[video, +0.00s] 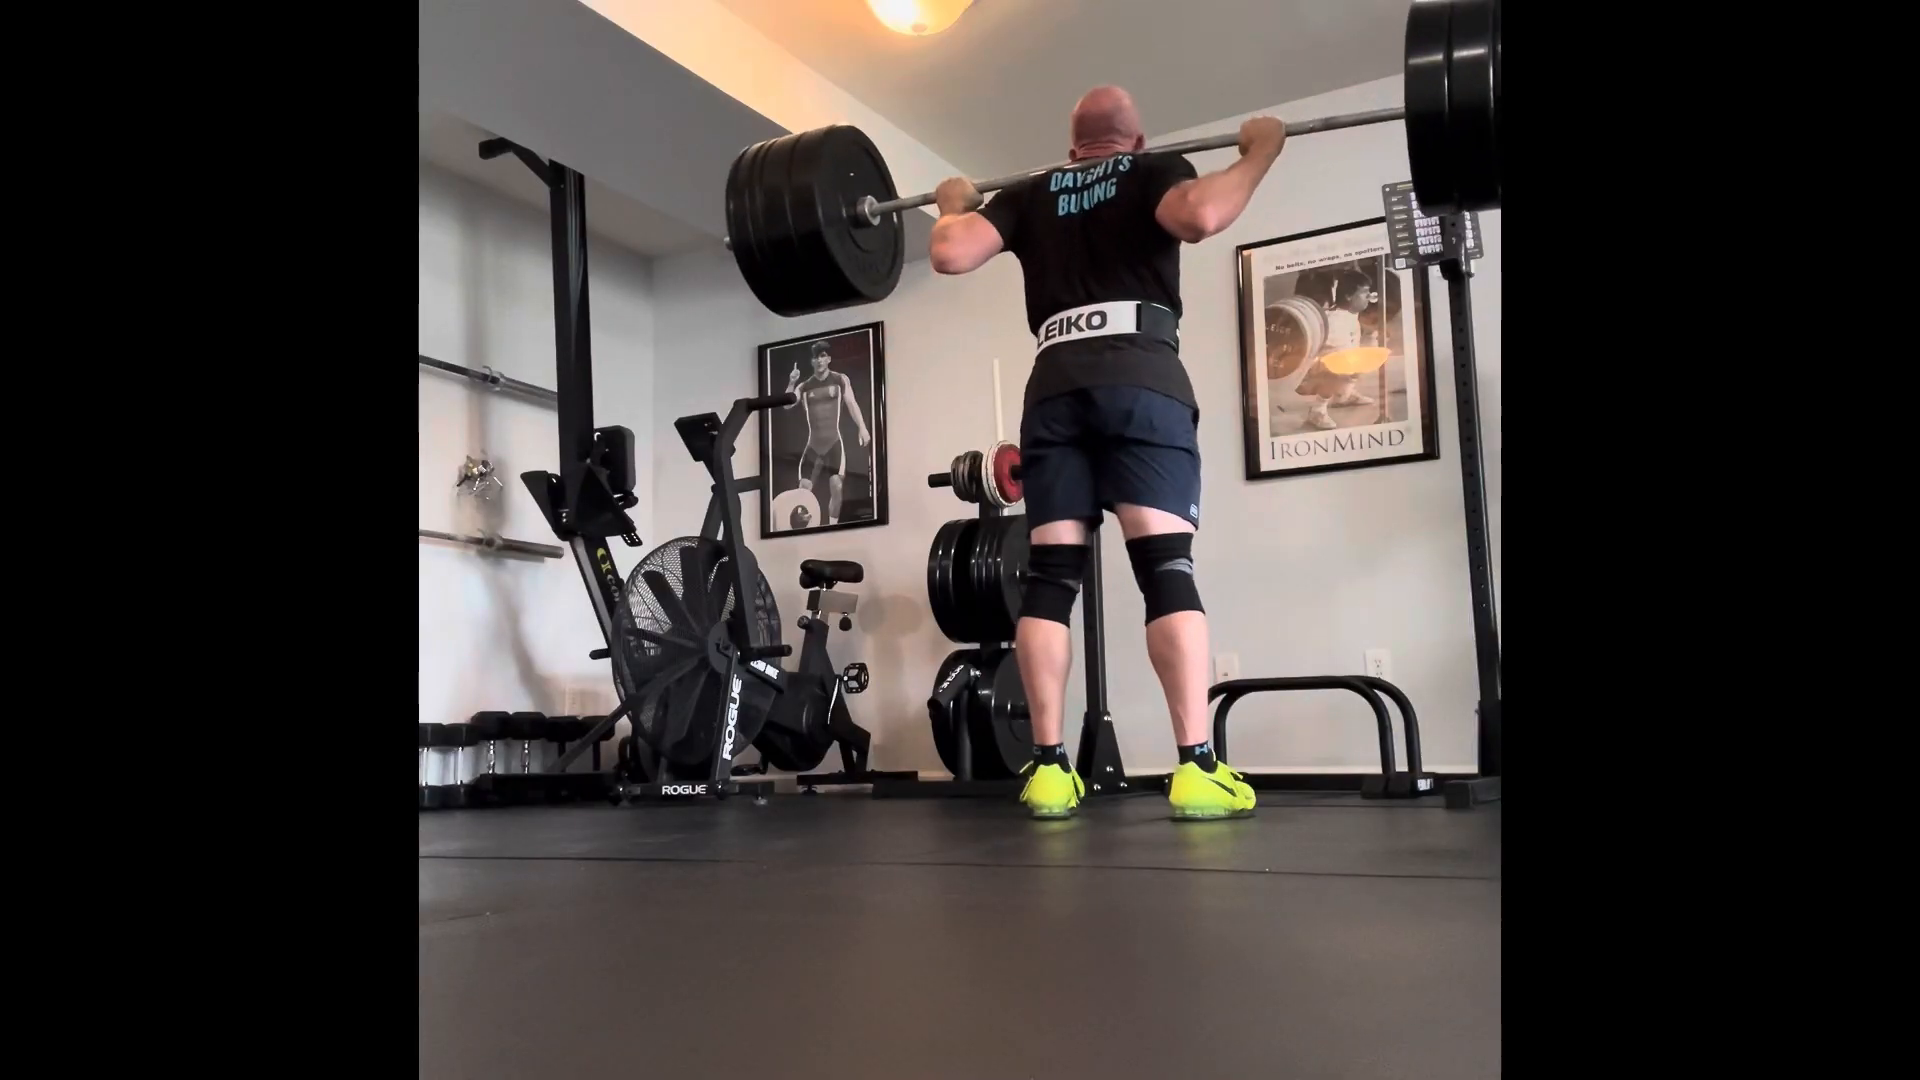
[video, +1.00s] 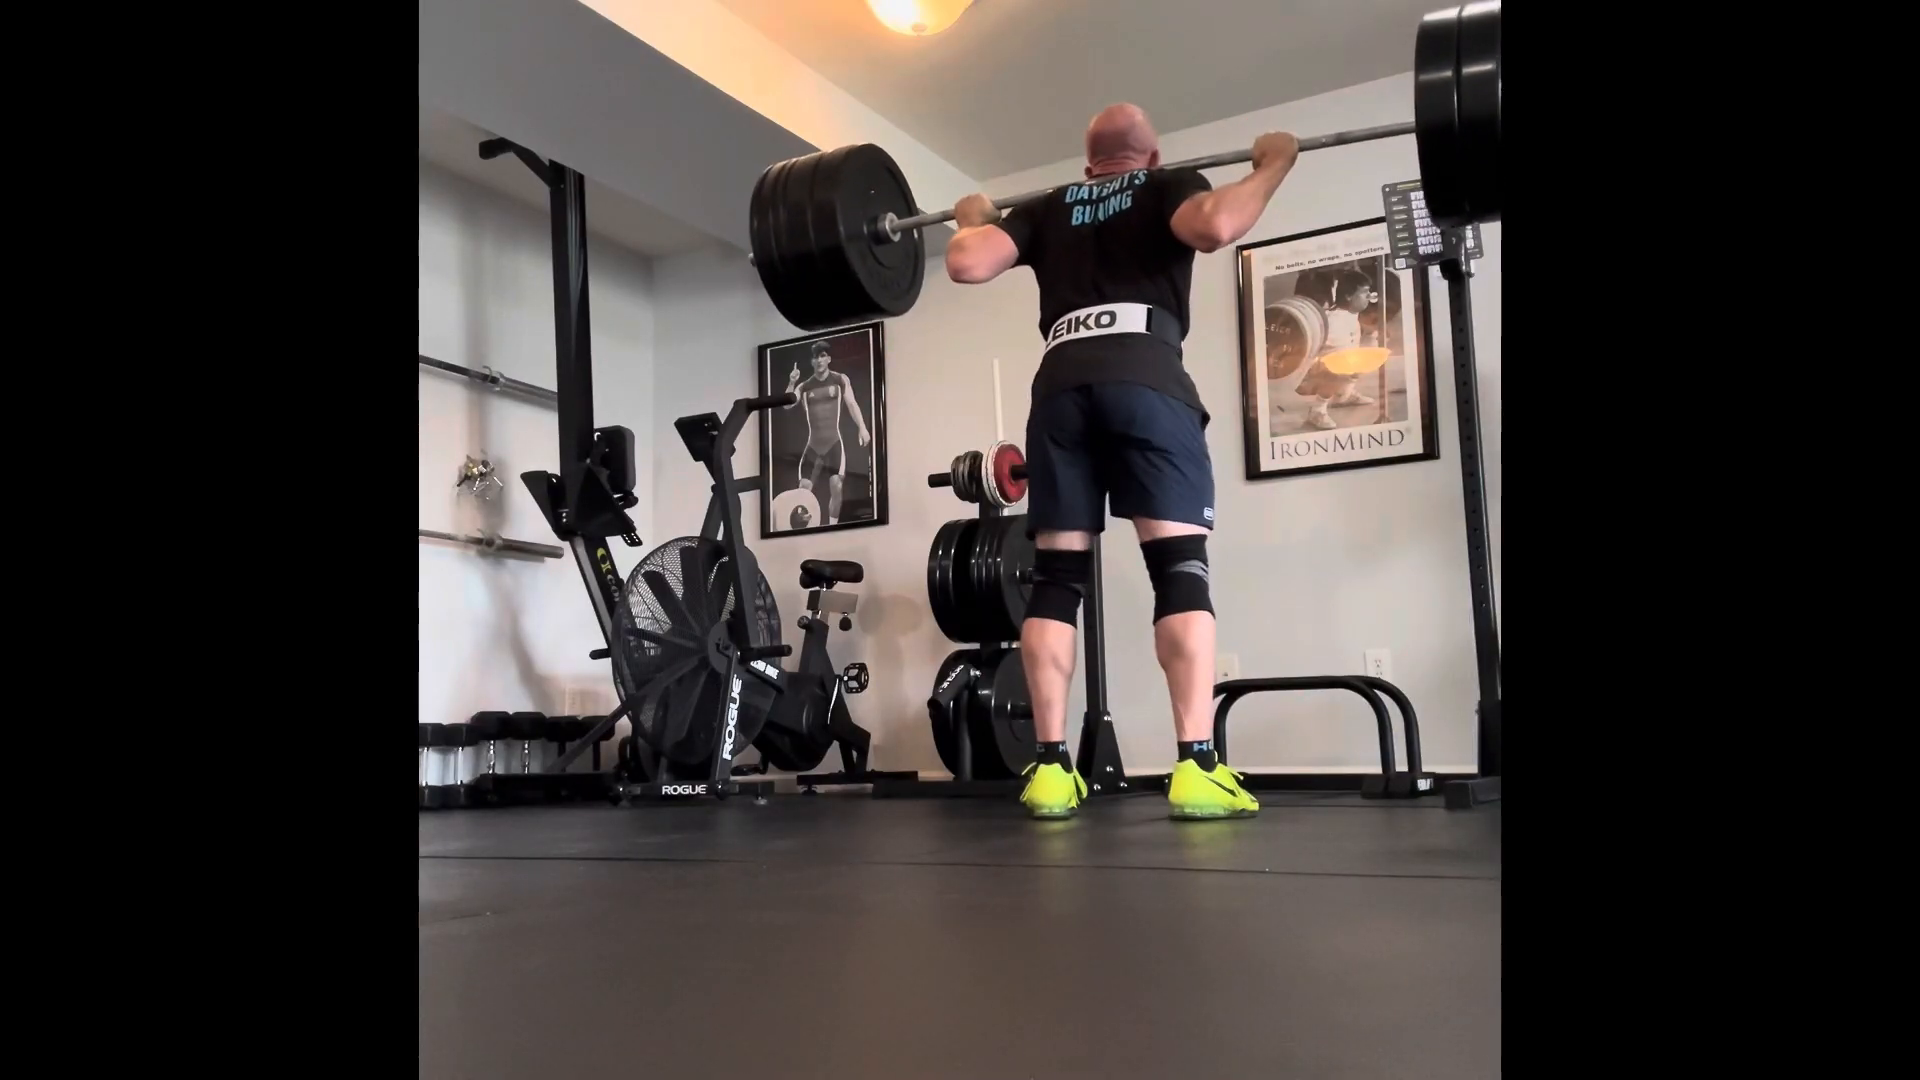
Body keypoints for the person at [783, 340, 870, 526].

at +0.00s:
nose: (819, 361)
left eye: (823, 356)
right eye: (816, 357)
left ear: (829, 359)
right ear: (811, 361)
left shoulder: (840, 380)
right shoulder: (803, 386)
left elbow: (851, 405)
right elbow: (787, 406)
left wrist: (862, 428)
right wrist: (791, 384)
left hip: (834, 442)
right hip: (813, 443)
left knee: (835, 484)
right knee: (804, 485)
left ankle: (832, 528)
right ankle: (803, 528)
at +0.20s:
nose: (819, 361)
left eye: (823, 356)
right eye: (816, 357)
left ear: (829, 359)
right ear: (811, 361)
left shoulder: (840, 380)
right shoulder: (803, 386)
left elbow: (852, 405)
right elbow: (787, 406)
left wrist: (862, 428)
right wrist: (791, 384)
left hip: (834, 442)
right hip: (813, 444)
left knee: (836, 485)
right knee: (804, 486)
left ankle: (832, 529)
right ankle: (802, 528)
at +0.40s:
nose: (819, 361)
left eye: (823, 356)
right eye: (816, 357)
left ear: (829, 359)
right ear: (811, 361)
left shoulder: (840, 380)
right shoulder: (803, 386)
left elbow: (852, 405)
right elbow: (787, 406)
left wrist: (862, 428)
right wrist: (791, 384)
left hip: (834, 442)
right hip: (813, 444)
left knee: (836, 485)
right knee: (804, 486)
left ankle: (832, 529)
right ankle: (802, 528)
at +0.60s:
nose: (819, 361)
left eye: (823, 356)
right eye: (816, 357)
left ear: (829, 359)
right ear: (811, 361)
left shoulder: (840, 380)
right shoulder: (803, 386)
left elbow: (852, 405)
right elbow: (787, 406)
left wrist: (862, 428)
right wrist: (791, 384)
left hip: (834, 442)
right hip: (813, 444)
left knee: (836, 485)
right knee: (804, 486)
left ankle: (832, 529)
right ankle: (802, 528)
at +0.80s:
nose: (819, 361)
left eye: (823, 356)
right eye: (816, 357)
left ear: (829, 359)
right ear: (811, 361)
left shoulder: (840, 380)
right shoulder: (803, 386)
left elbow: (852, 405)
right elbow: (787, 406)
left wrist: (862, 428)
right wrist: (791, 384)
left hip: (834, 442)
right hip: (813, 444)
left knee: (836, 485)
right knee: (804, 486)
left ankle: (832, 529)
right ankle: (802, 528)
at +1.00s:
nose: (819, 361)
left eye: (823, 356)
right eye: (816, 357)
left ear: (829, 359)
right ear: (811, 361)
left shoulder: (840, 380)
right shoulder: (803, 386)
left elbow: (852, 405)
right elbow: (787, 406)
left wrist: (862, 428)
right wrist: (791, 384)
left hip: (834, 442)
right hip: (813, 444)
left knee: (836, 485)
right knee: (804, 486)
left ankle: (832, 529)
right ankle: (802, 528)